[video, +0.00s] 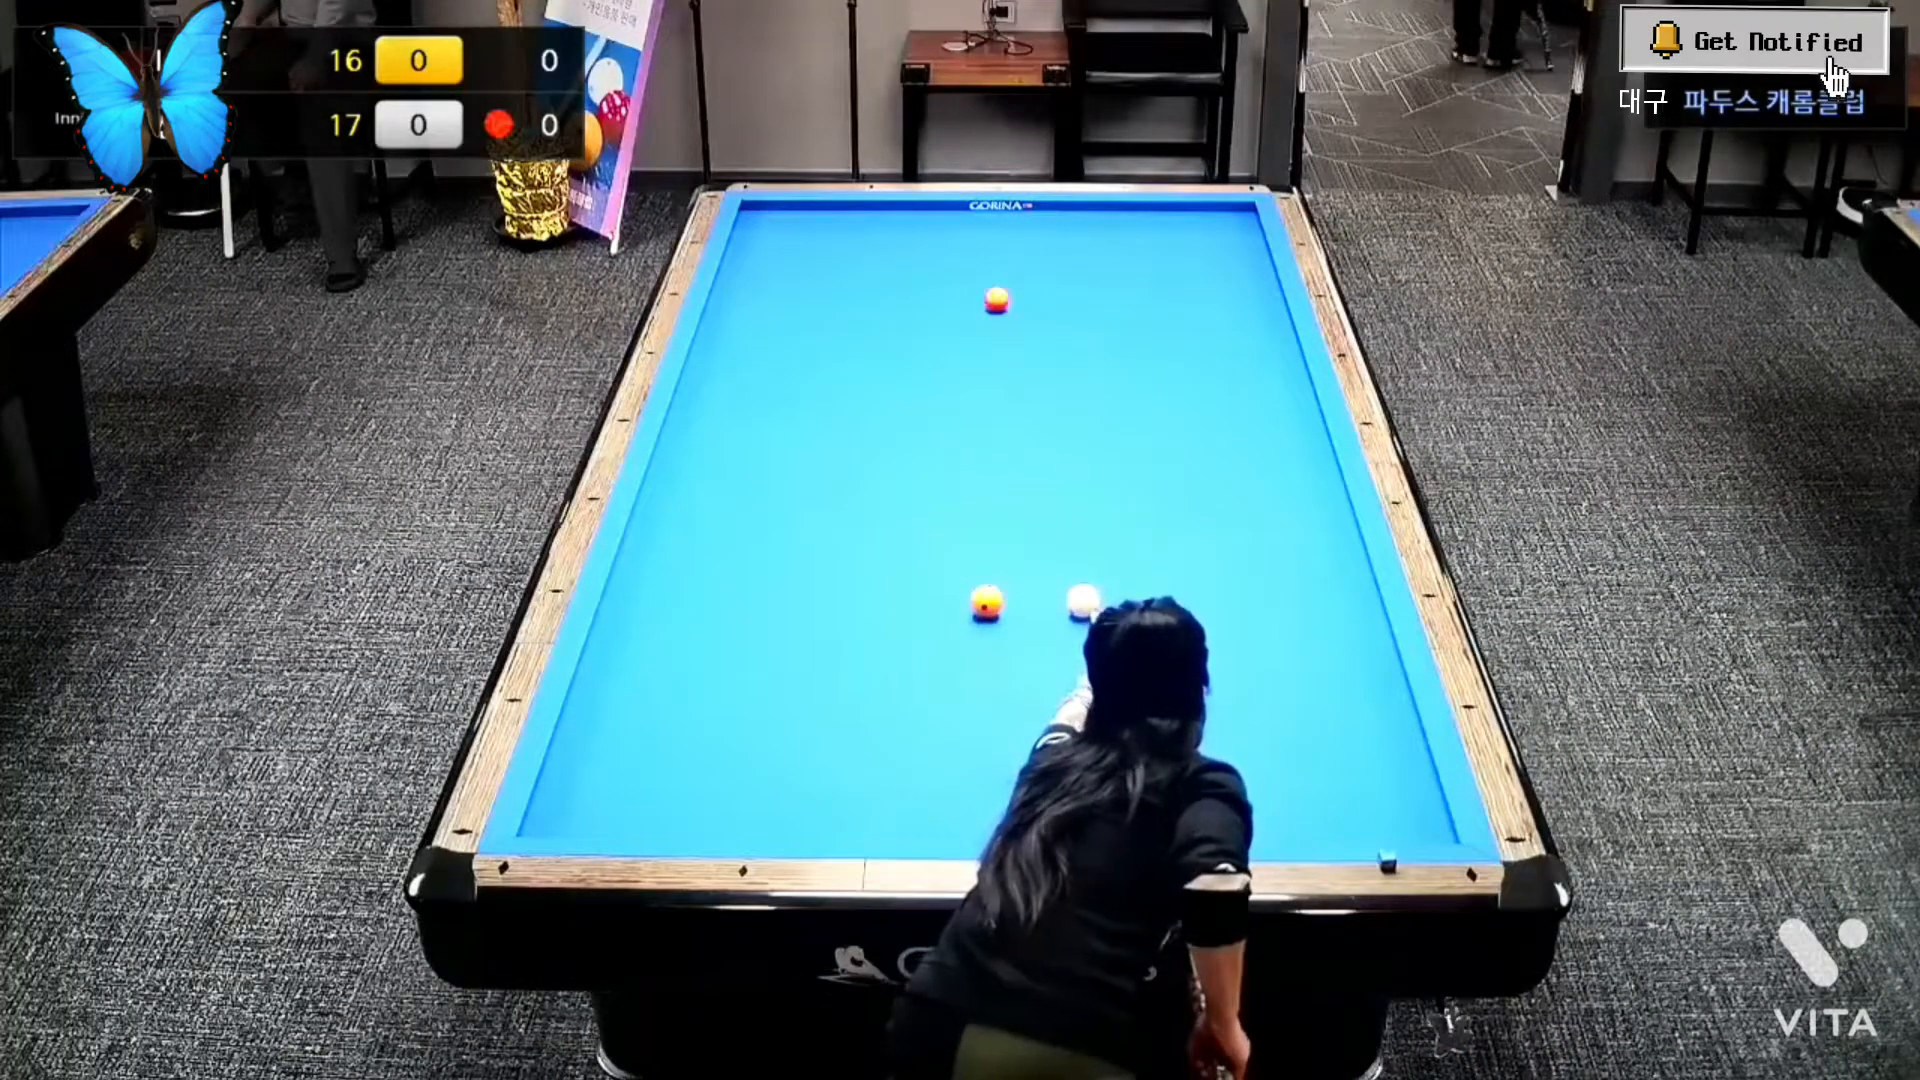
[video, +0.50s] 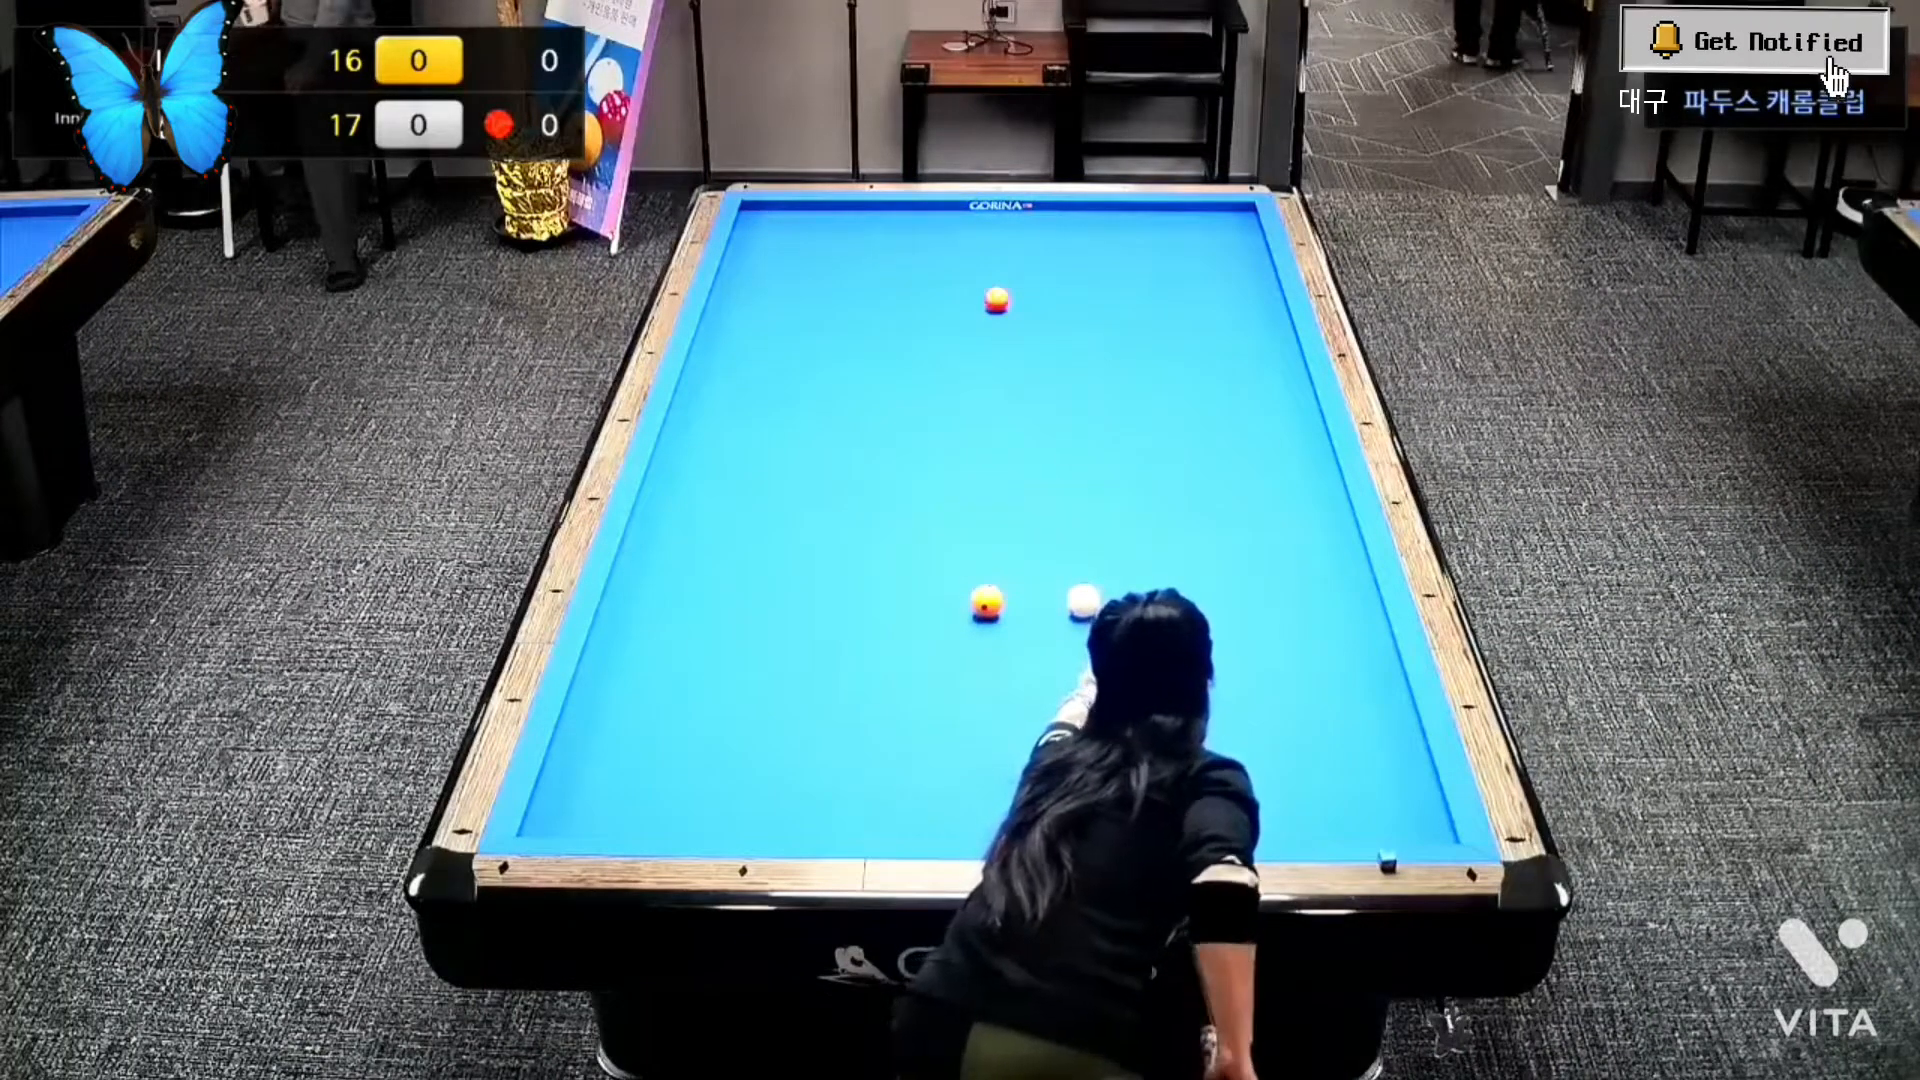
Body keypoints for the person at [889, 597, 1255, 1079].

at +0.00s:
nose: (1209, 683)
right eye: (1204, 673)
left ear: (1099, 688)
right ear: (1195, 686)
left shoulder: (1053, 758)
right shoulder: (1207, 782)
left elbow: (1079, 702)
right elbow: (1214, 887)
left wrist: (1103, 666)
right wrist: (1222, 1018)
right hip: (1092, 1041)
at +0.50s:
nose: (1214, 677)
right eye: (1209, 667)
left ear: (1102, 682)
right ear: (1200, 679)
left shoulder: (1055, 755)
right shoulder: (1212, 776)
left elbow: (1079, 705)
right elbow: (1221, 894)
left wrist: (1097, 673)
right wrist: (1234, 1052)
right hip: (1091, 1038)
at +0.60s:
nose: (1216, 672)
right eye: (1210, 662)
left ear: (1105, 679)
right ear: (1201, 676)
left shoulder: (1056, 755)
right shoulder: (1214, 775)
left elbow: (1078, 707)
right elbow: (1224, 896)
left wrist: (1101, 671)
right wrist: (1236, 1050)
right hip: (1101, 1040)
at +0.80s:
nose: (1219, 665)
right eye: (1212, 653)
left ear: (1107, 671)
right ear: (1202, 669)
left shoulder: (1059, 747)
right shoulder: (1218, 769)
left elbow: (1083, 698)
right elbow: (1233, 884)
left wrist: (1105, 660)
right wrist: (1239, 1041)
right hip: (1114, 1038)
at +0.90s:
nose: (1221, 665)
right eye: (1214, 654)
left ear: (1108, 669)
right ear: (1204, 668)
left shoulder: (1058, 748)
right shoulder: (1219, 770)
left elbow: (1085, 697)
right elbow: (1239, 887)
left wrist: (1106, 661)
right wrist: (1235, 976)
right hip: (1112, 1034)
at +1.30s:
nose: (1216, 661)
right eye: (1210, 649)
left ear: (1108, 661)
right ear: (1200, 662)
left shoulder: (1054, 744)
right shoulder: (1219, 769)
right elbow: (1238, 882)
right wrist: (1228, 943)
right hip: (1106, 1034)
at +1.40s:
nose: (1212, 662)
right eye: (1205, 650)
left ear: (1106, 659)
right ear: (1199, 660)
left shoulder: (1053, 742)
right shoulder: (1218, 767)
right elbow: (1237, 878)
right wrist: (1226, 944)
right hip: (1106, 1032)